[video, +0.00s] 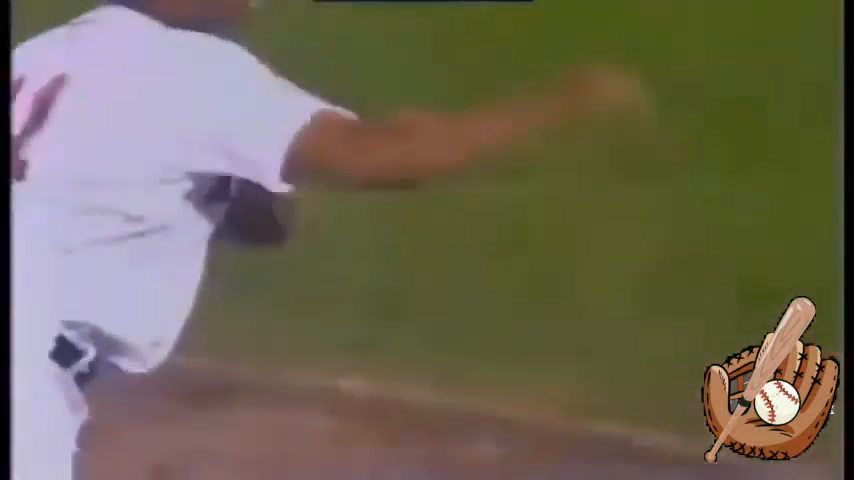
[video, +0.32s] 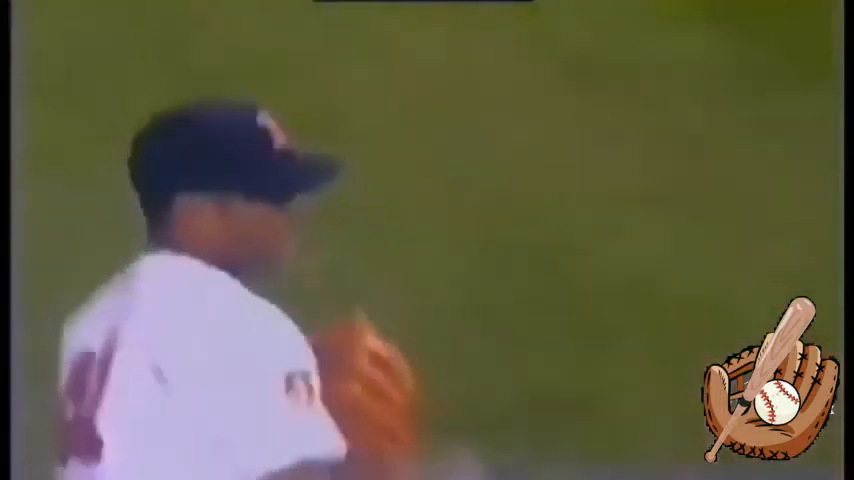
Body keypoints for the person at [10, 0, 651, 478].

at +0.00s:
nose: (246, 13)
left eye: (242, 6)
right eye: (239, 5)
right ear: (208, 3)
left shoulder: (36, 55)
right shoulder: (185, 64)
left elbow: (74, 172)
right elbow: (372, 153)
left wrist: (215, 201)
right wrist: (557, 109)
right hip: (29, 367)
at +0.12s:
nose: (242, 58)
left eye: (240, 35)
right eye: (228, 34)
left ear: (133, 37)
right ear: (164, 36)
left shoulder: (35, 139)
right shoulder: (171, 128)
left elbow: (290, 296)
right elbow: (363, 226)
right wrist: (473, 125)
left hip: (28, 452)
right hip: (97, 456)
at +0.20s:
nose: (255, 127)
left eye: (252, 108)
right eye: (239, 109)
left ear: (155, 119)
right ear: (169, 119)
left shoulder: (42, 227)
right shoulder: (203, 213)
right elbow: (356, 353)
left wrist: (284, 280)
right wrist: (420, 266)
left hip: (55, 468)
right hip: (187, 466)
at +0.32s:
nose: (293, 217)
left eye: (288, 198)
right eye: (276, 199)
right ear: (205, 209)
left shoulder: (89, 318)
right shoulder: (252, 328)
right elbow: (301, 466)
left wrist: (303, 369)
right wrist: (386, 449)